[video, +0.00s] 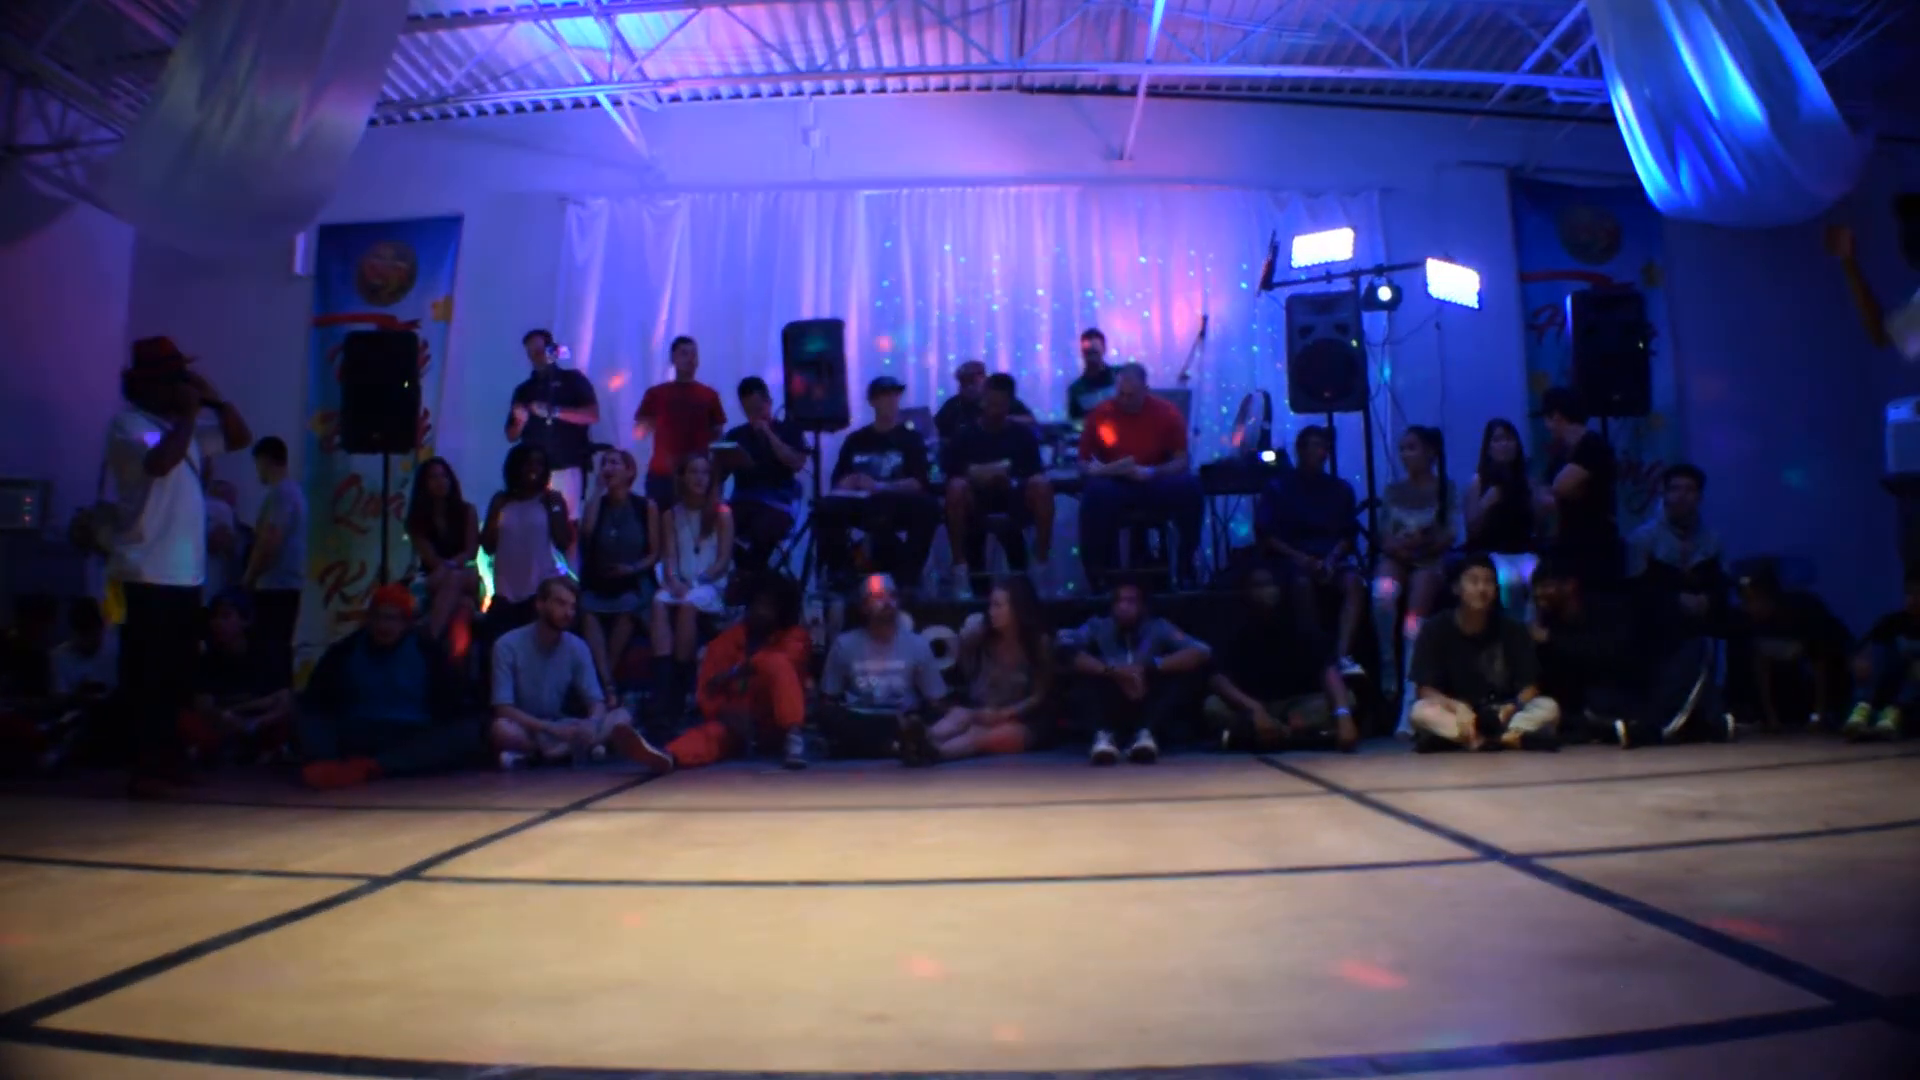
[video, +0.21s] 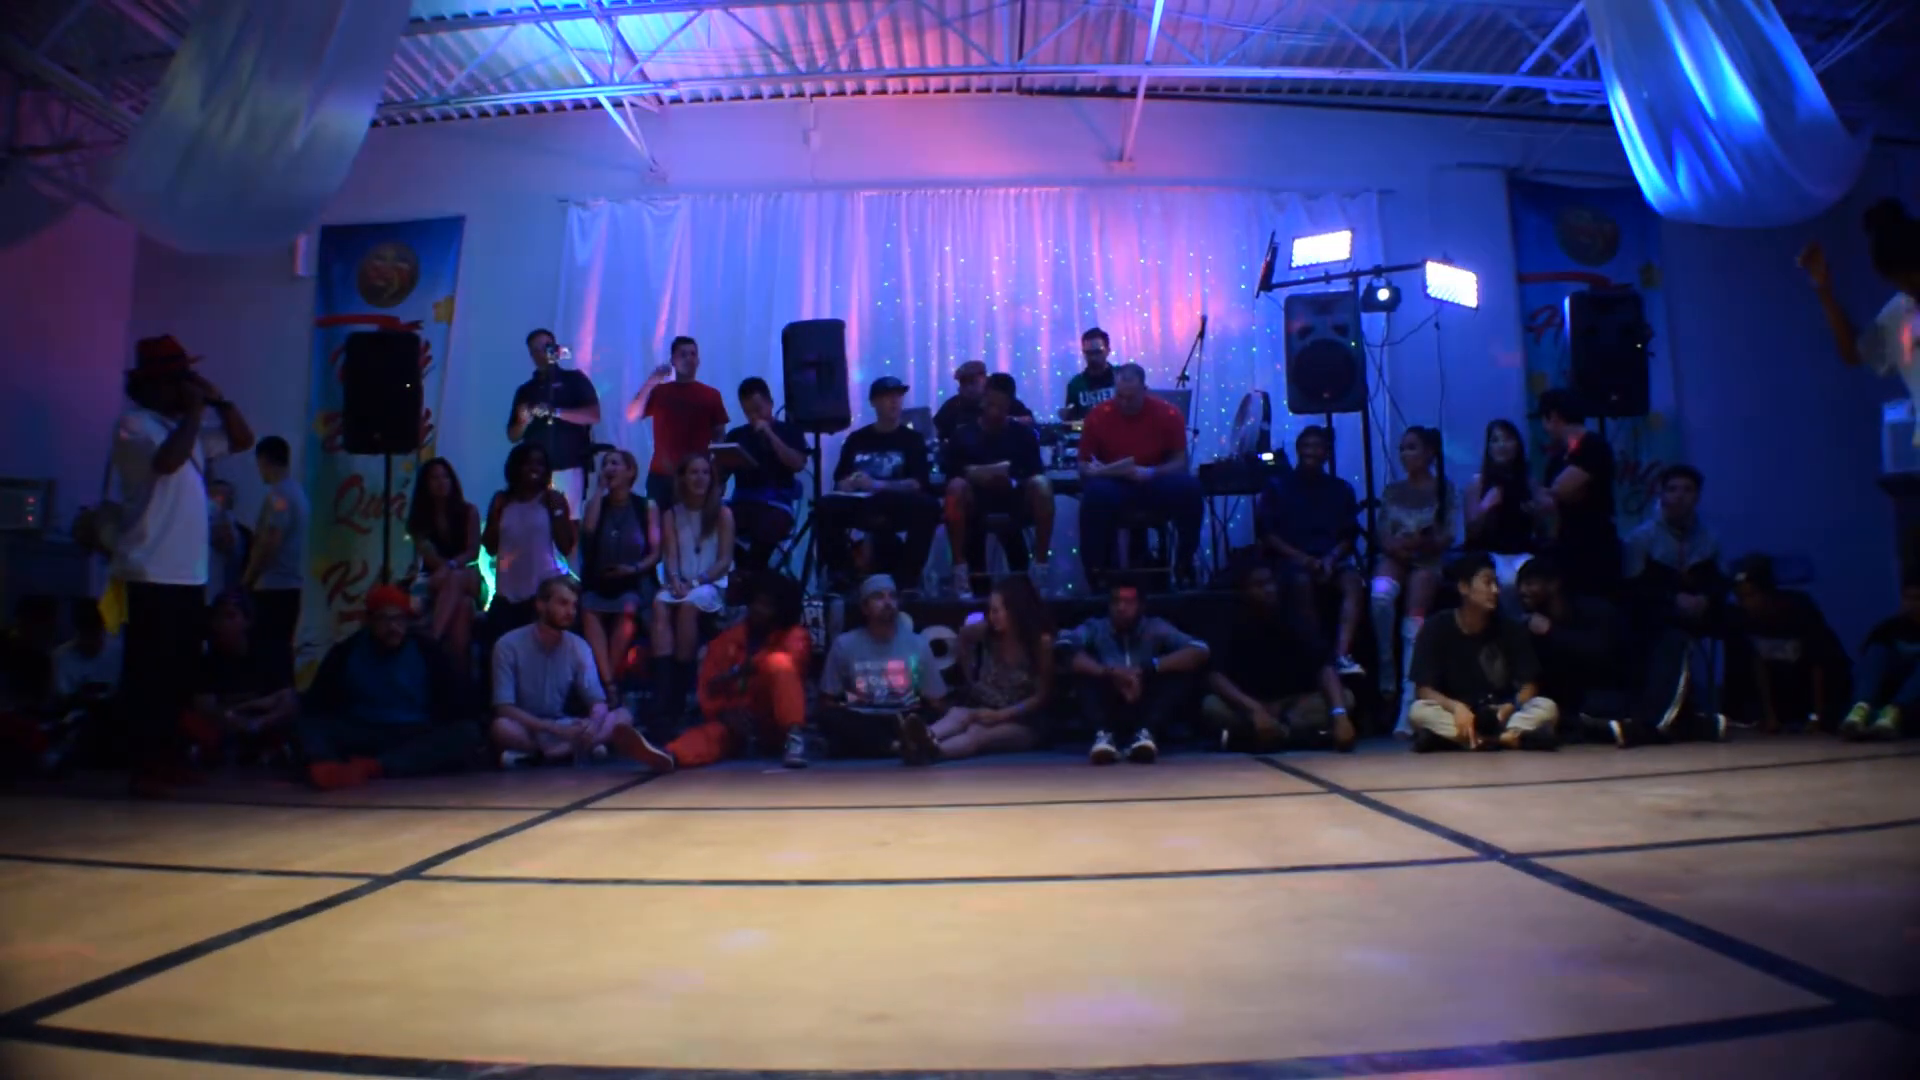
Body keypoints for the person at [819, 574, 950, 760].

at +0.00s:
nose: (886, 603)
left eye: (891, 596)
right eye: (878, 598)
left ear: (897, 601)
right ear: (864, 605)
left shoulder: (916, 645)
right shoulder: (845, 645)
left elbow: (937, 702)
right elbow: (829, 701)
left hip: (908, 721)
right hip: (862, 722)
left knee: (964, 714)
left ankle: (925, 747)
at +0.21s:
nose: (887, 603)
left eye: (892, 596)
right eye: (879, 597)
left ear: (898, 602)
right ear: (865, 607)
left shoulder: (917, 645)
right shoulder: (845, 645)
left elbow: (936, 703)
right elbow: (828, 701)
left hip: (906, 717)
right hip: (862, 718)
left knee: (964, 714)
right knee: (832, 719)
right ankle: (894, 745)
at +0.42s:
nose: (887, 603)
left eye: (891, 597)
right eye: (879, 597)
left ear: (898, 602)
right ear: (865, 606)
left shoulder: (915, 644)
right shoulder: (844, 644)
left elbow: (935, 699)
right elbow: (829, 698)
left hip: (904, 714)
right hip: (861, 715)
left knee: (963, 714)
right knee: (831, 718)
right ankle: (894, 745)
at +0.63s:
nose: (887, 603)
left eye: (891, 596)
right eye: (878, 597)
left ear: (898, 602)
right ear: (865, 607)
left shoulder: (916, 644)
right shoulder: (845, 644)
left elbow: (935, 701)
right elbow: (829, 700)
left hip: (903, 716)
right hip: (860, 717)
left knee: (960, 715)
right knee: (832, 719)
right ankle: (894, 746)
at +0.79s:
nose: (887, 603)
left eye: (891, 596)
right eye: (878, 597)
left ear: (898, 602)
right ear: (865, 606)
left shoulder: (915, 644)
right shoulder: (845, 645)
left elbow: (936, 700)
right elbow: (828, 698)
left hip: (904, 716)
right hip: (860, 717)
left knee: (961, 714)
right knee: (832, 719)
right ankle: (894, 746)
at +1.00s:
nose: (885, 603)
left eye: (890, 596)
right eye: (877, 597)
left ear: (897, 602)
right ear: (864, 606)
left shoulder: (916, 645)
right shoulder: (844, 645)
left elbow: (937, 700)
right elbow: (828, 699)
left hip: (905, 718)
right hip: (861, 719)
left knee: (964, 715)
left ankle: (923, 740)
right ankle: (896, 746)